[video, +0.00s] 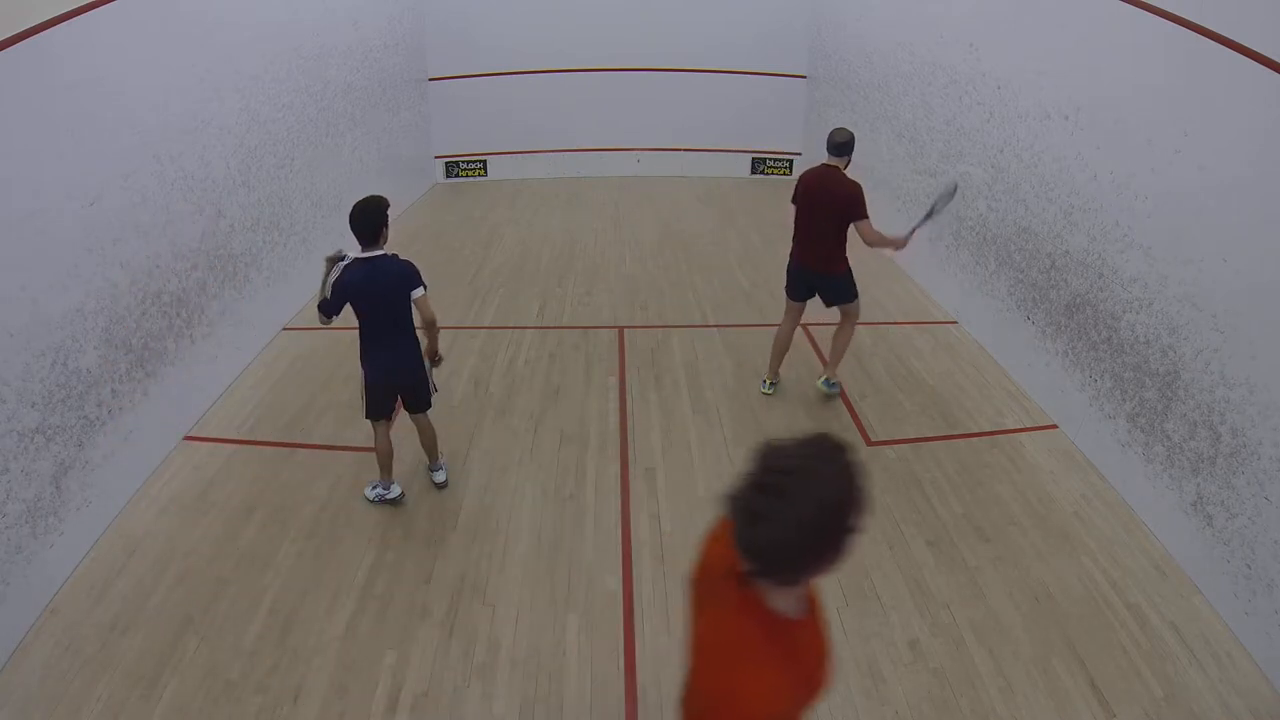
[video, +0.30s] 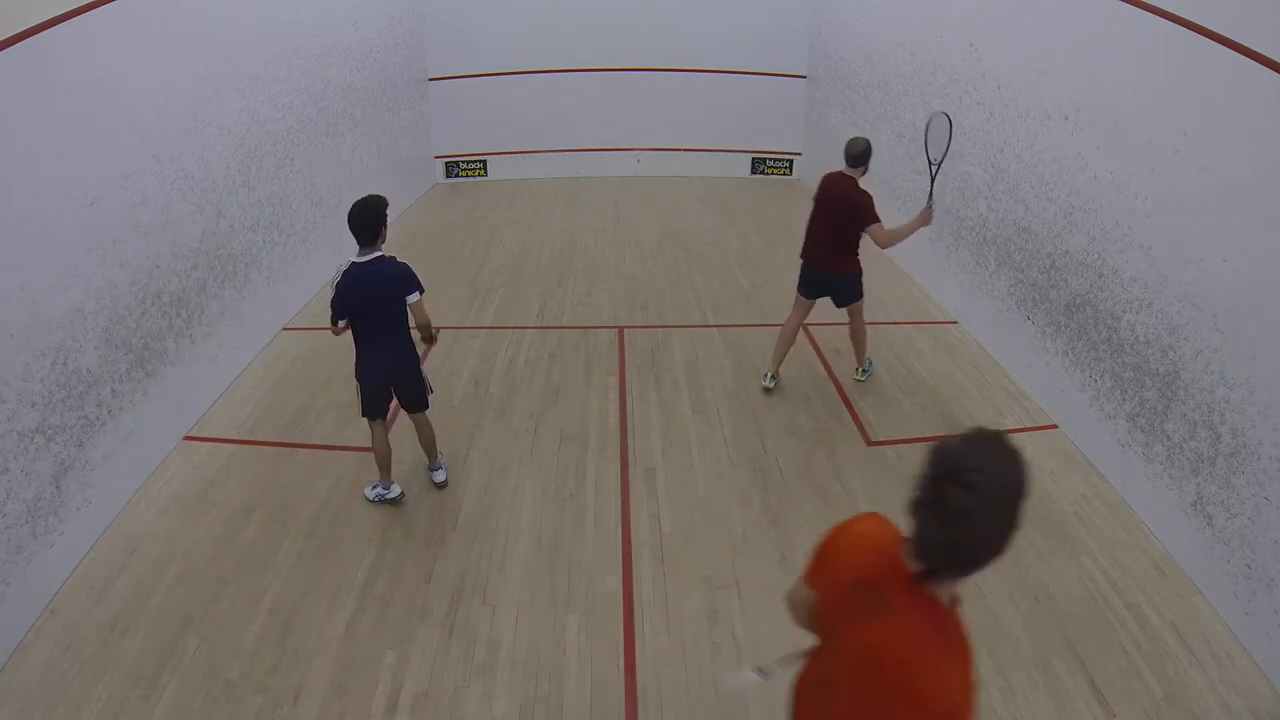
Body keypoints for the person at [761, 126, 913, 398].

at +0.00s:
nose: (848, 155)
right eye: (850, 152)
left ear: (826, 149)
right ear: (851, 153)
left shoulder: (806, 177)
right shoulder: (851, 189)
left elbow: (799, 216)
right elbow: (869, 238)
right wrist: (897, 241)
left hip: (800, 264)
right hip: (833, 269)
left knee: (790, 318)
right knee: (849, 316)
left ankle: (770, 377)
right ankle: (829, 376)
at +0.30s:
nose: (868, 162)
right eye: (869, 159)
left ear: (845, 158)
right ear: (867, 163)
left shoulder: (827, 181)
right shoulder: (860, 198)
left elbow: (824, 217)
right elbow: (883, 240)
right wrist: (918, 222)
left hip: (813, 265)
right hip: (845, 271)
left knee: (796, 316)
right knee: (855, 318)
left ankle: (771, 373)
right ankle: (861, 367)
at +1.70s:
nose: (708, 149)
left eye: (713, 145)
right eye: (709, 144)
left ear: (726, 149)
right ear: (726, 148)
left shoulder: (736, 184)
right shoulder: (727, 175)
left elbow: (735, 240)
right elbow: (720, 222)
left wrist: (725, 286)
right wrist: (703, 248)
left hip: (724, 270)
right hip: (714, 264)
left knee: (707, 330)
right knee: (707, 326)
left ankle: (754, 367)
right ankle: (710, 380)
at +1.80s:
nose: (691, 146)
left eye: (696, 142)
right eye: (693, 141)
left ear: (709, 145)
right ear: (711, 145)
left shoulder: (718, 179)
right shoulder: (717, 172)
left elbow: (719, 240)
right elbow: (711, 221)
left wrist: (705, 283)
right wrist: (694, 249)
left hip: (707, 267)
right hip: (712, 262)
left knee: (675, 324)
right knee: (708, 320)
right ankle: (709, 379)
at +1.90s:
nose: (675, 148)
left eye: (680, 143)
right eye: (676, 142)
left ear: (695, 147)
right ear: (697, 146)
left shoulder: (698, 182)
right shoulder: (710, 174)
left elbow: (698, 241)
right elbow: (704, 228)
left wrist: (679, 284)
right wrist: (682, 254)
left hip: (691, 271)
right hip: (708, 267)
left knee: (660, 326)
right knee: (703, 320)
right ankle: (710, 380)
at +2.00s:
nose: (659, 154)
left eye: (663, 149)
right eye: (660, 149)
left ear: (677, 152)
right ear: (684, 151)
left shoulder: (676, 190)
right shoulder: (701, 180)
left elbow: (670, 246)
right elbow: (692, 233)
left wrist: (651, 288)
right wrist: (660, 267)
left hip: (674, 277)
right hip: (697, 272)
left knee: (645, 333)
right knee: (690, 321)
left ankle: (633, 408)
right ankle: (709, 380)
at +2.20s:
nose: (633, 152)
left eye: (637, 147)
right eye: (634, 146)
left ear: (652, 149)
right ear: (660, 149)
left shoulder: (646, 187)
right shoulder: (683, 179)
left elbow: (633, 246)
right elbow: (677, 232)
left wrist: (604, 282)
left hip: (646, 277)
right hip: (676, 273)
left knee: (632, 339)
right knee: (668, 323)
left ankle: (633, 409)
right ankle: (689, 389)